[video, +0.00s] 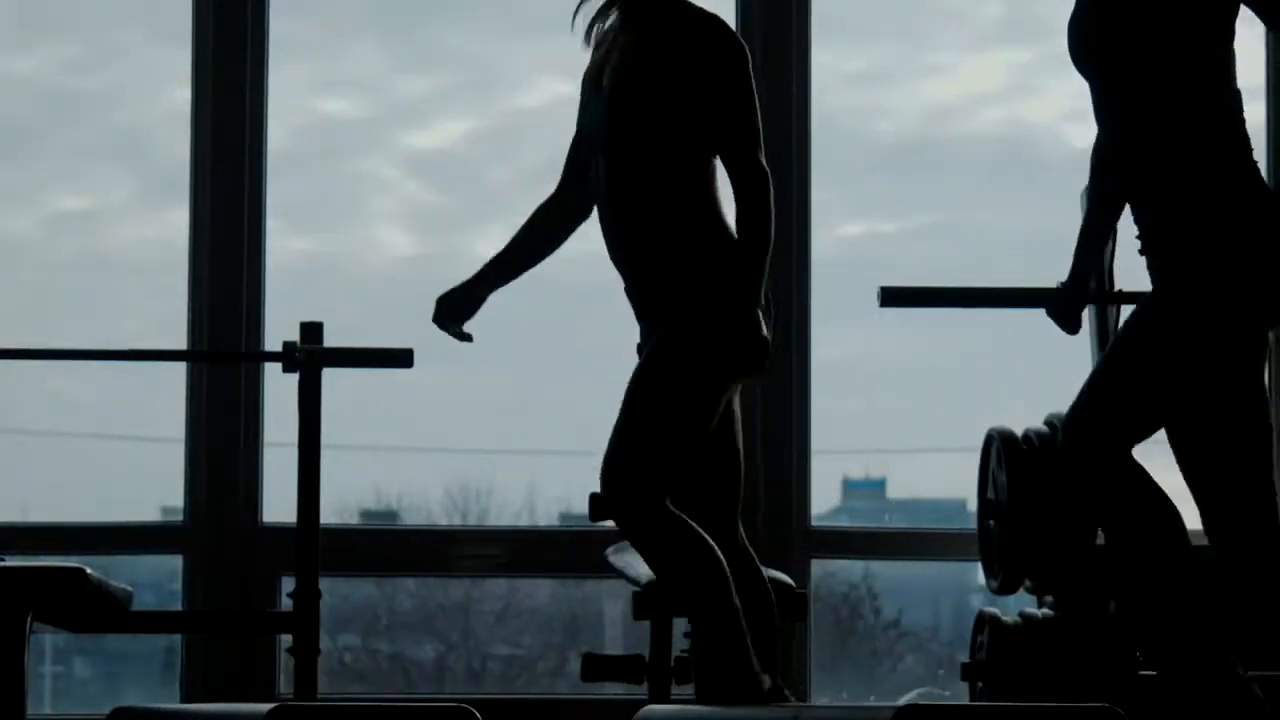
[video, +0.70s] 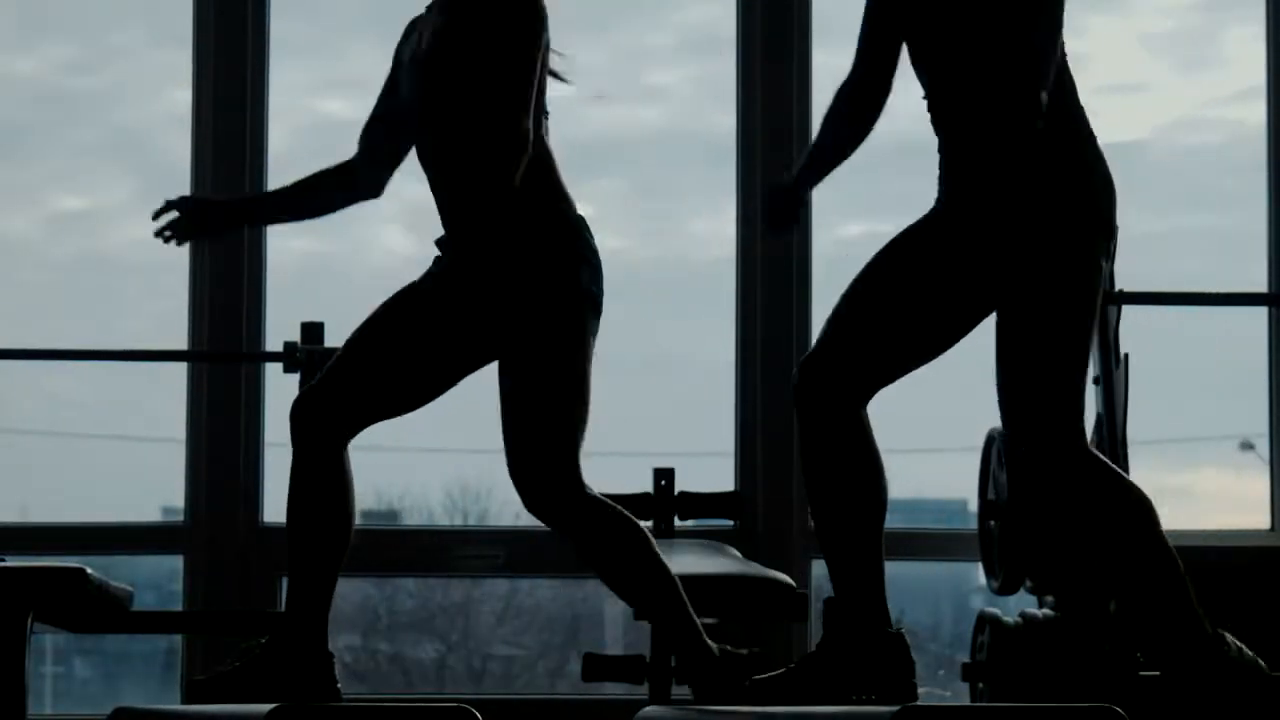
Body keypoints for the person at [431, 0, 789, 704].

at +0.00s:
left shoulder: (710, 41)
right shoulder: (612, 47)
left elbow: (754, 182)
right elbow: (574, 195)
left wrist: (749, 300)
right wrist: (482, 285)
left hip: (709, 312)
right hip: (667, 315)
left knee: (633, 492)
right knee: (715, 517)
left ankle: (735, 683)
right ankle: (761, 694)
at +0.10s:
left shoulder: (708, 60)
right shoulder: (635, 72)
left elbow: (740, 217)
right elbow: (626, 243)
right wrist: (561, 357)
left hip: (715, 339)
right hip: (665, 341)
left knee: (708, 546)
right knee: (660, 549)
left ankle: (808, 711)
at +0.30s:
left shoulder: (658, 23)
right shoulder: (630, 22)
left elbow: (616, 149)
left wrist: (489, 135)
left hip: (684, 299)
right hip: (636, 296)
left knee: (727, 530)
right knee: (469, 431)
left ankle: (815, 712)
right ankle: (556, 648)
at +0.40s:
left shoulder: (619, 24)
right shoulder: (593, 28)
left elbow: (563, 131)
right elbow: (668, 178)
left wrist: (421, 100)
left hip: (664, 296)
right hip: (602, 292)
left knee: (722, 512)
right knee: (426, 404)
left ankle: (801, 702)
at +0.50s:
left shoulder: (582, 54)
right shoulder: (550, 57)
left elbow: (501, 153)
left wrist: (351, 131)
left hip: (627, 324)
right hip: (565, 322)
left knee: (715, 520)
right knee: (382, 428)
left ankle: (815, 695)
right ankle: (311, 657)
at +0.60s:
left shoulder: (519, 46)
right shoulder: (501, 56)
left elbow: (456, 169)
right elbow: (508, 231)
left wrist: (332, 212)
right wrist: (428, 305)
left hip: (556, 311)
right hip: (526, 310)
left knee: (662, 520)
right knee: (331, 424)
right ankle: (304, 650)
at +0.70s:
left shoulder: (508, 11)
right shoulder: (422, 38)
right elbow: (366, 174)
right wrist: (233, 213)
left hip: (543, 272)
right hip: (475, 272)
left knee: (549, 484)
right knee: (319, 418)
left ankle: (698, 654)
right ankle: (302, 655)